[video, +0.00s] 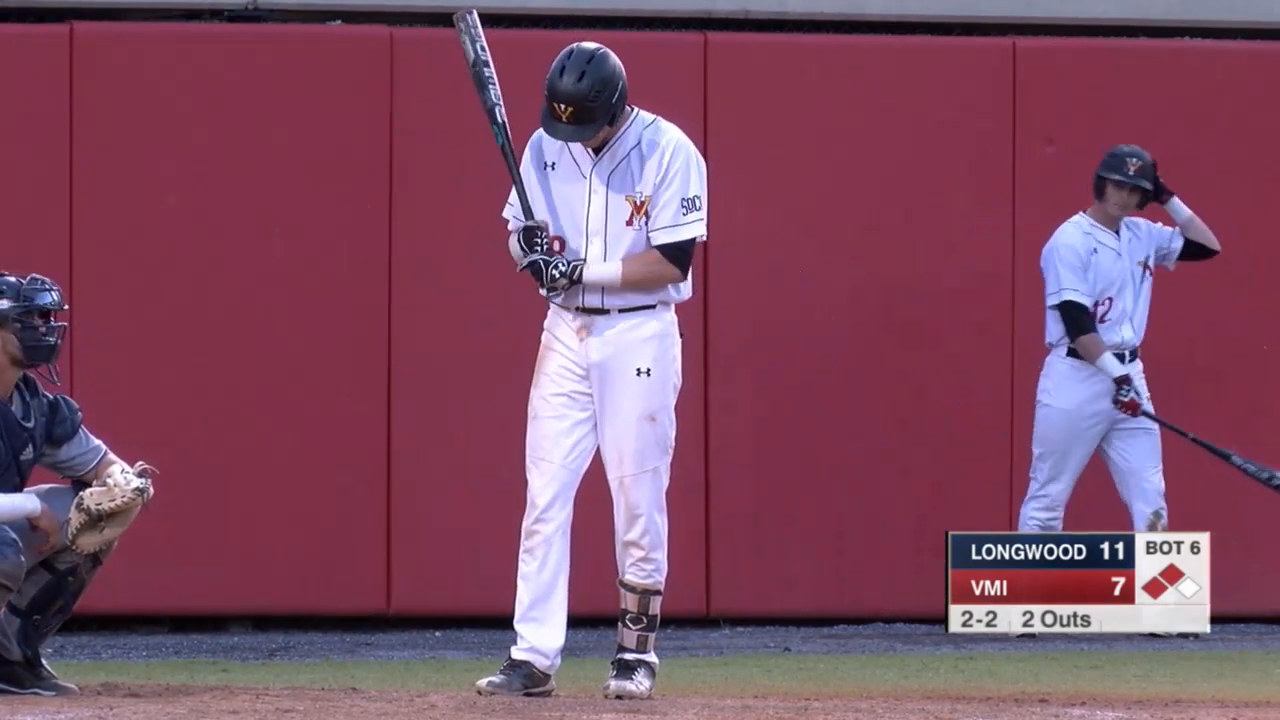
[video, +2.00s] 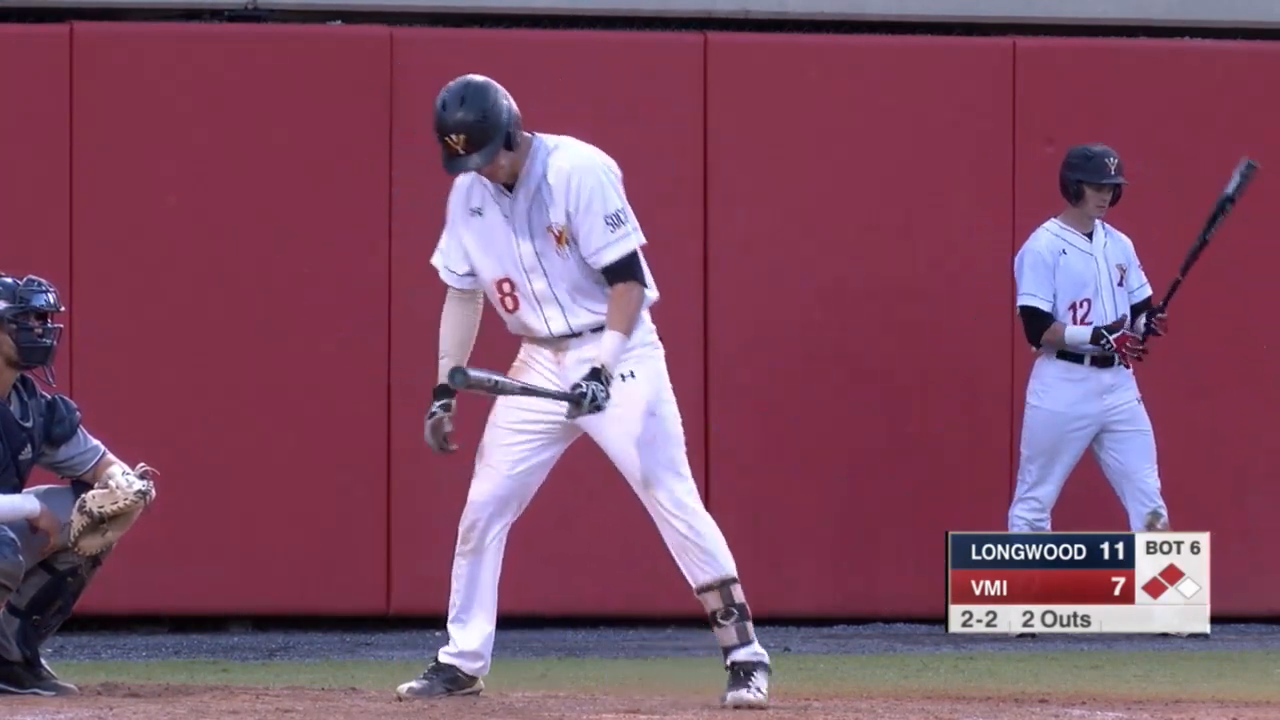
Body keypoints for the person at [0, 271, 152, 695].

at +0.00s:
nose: (40, 328)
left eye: (42, 319)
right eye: (25, 319)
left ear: (47, 325)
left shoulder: (37, 404)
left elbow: (98, 462)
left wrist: (127, 483)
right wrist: (29, 505)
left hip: (9, 522)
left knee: (96, 513)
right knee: (10, 547)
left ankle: (14, 652)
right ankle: (7, 653)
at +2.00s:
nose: (38, 330)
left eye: (41, 321)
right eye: (23, 320)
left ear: (46, 327)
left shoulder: (35, 405)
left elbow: (98, 463)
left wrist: (128, 485)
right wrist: (26, 507)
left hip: (9, 522)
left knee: (93, 513)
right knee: (9, 547)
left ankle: (15, 651)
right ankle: (8, 654)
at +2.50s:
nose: (40, 332)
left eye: (43, 323)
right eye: (28, 320)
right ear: (1, 323)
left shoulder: (34, 403)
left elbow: (102, 467)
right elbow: (8, 492)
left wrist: (151, 497)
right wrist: (59, 475)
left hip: (12, 532)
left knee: (95, 513)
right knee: (10, 559)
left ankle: (15, 652)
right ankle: (10, 653)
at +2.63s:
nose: (39, 333)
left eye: (44, 324)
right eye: (26, 321)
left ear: (51, 329)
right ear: (0, 324)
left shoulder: (35, 406)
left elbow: (99, 464)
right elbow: (5, 489)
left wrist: (145, 491)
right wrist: (78, 487)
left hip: (6, 528)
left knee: (94, 520)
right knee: (7, 556)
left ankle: (13, 651)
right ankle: (7, 651)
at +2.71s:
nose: (40, 336)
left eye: (45, 327)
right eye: (28, 324)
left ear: (51, 333)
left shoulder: (34, 405)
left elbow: (104, 468)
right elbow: (4, 485)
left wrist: (146, 488)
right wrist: (84, 496)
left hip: (8, 525)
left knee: (92, 522)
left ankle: (13, 651)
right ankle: (9, 652)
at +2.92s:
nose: (33, 340)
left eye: (40, 330)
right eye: (22, 328)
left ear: (48, 334)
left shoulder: (42, 408)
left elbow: (101, 466)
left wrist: (154, 496)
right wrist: (31, 472)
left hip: (8, 529)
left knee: (94, 508)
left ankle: (13, 649)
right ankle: (8, 649)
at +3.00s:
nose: (30, 339)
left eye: (38, 331)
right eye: (20, 327)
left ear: (48, 336)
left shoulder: (39, 408)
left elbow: (106, 469)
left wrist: (159, 498)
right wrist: (4, 463)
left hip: (6, 535)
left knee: (94, 510)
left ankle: (14, 650)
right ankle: (11, 651)